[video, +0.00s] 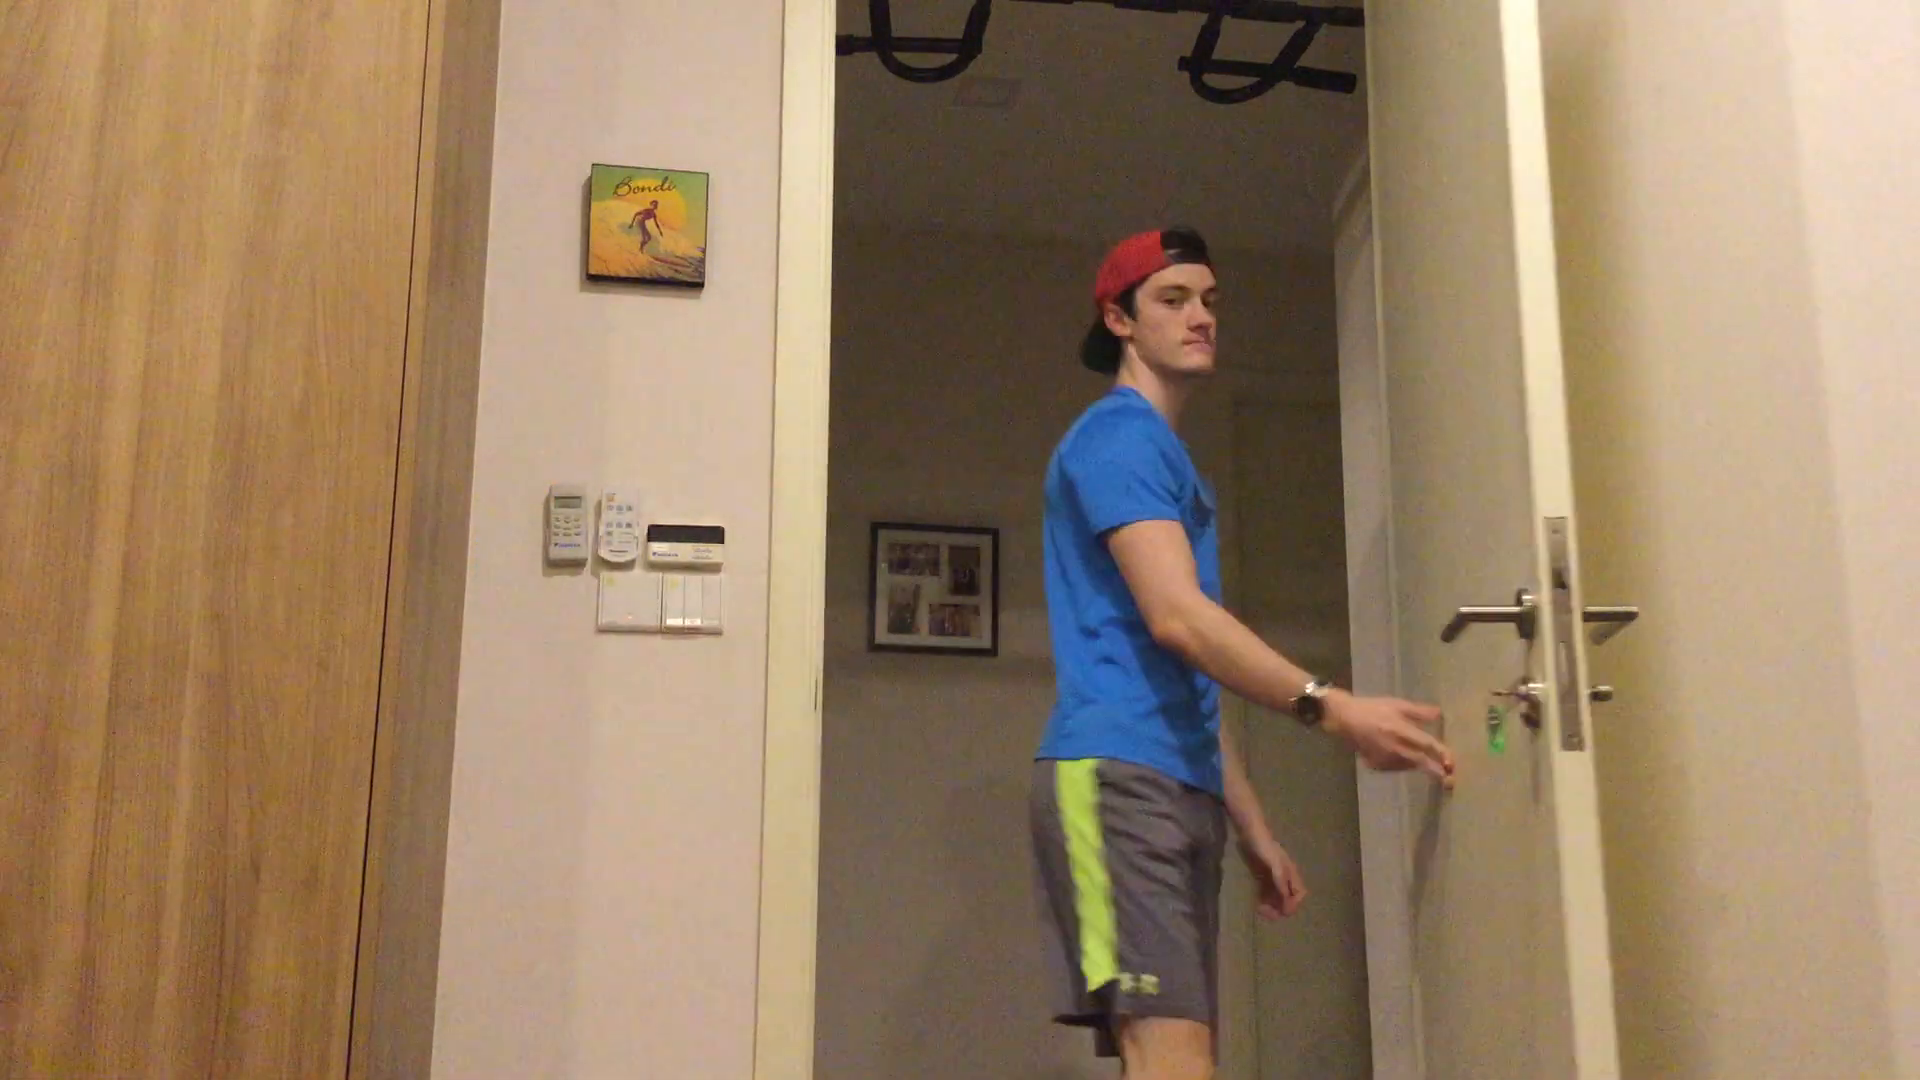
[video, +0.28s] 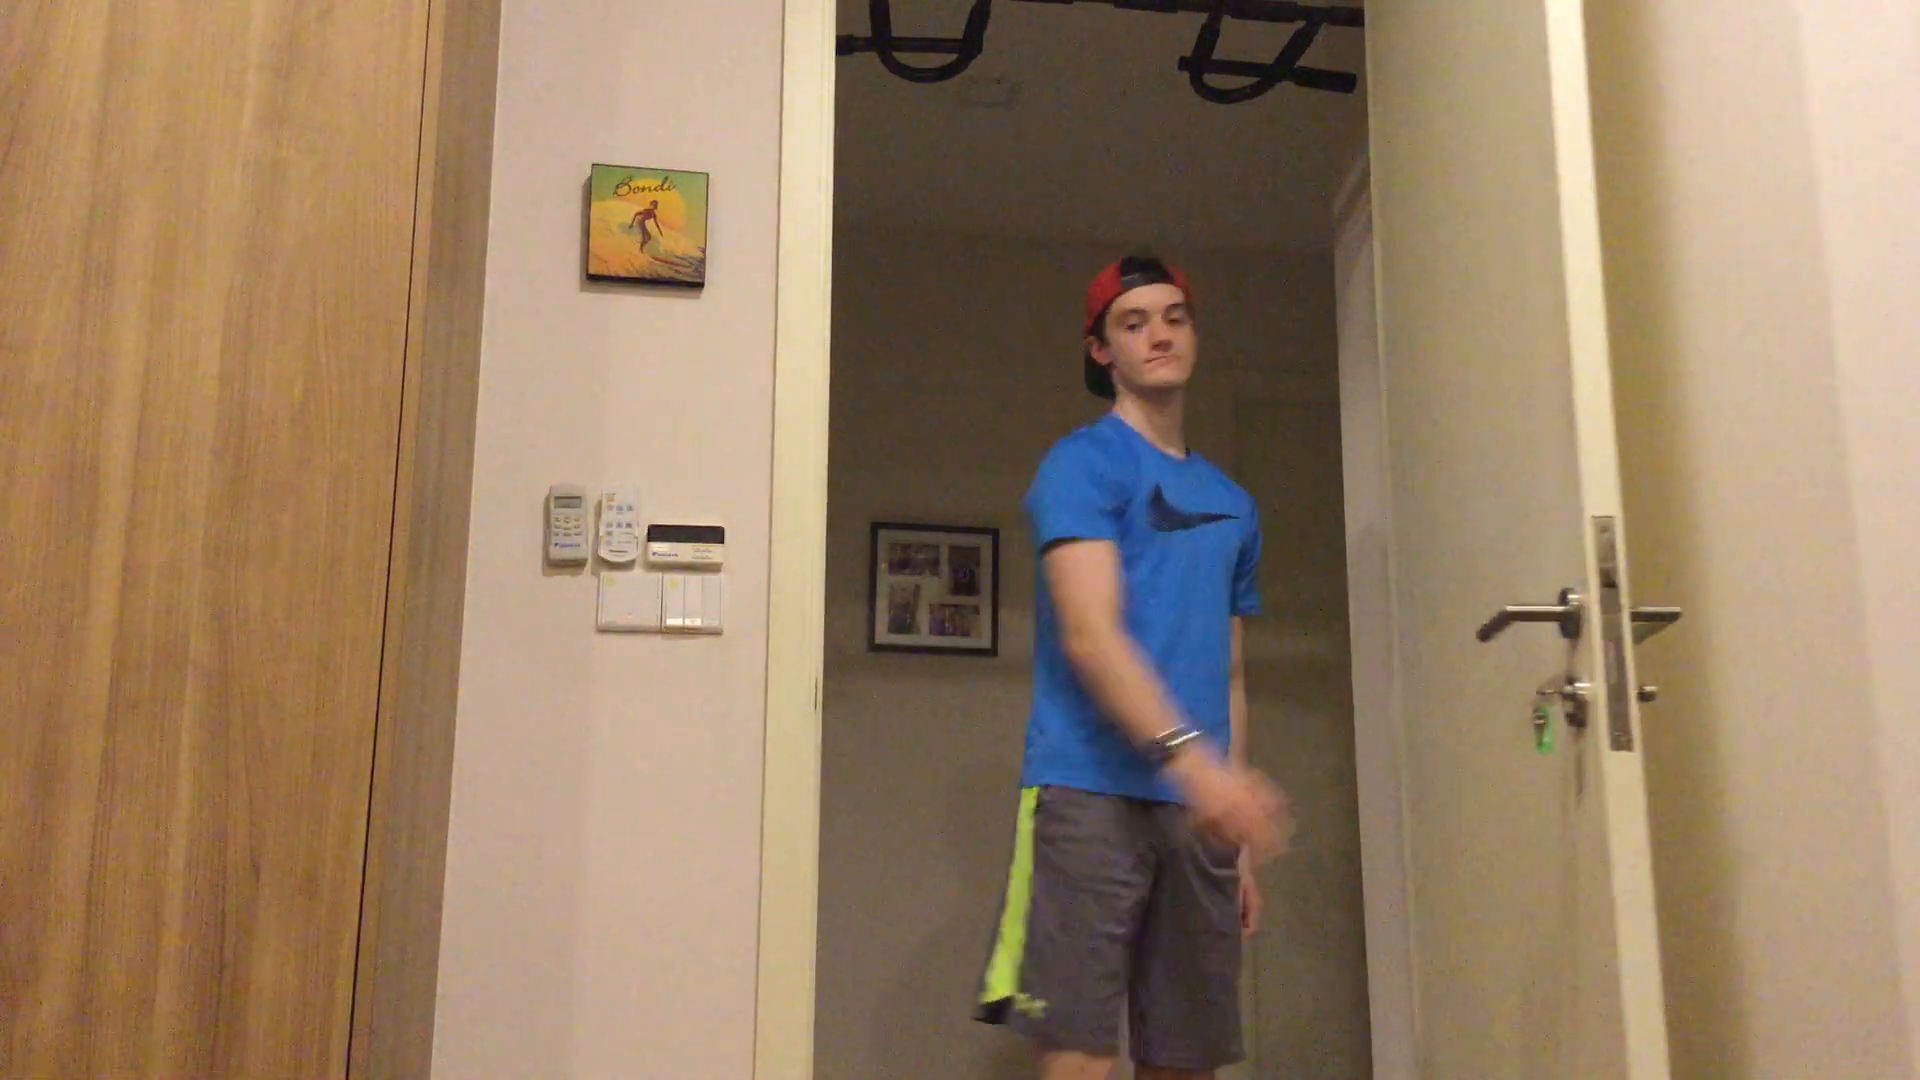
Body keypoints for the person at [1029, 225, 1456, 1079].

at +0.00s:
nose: (1202, 314)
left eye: (1209, 299)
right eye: (1174, 299)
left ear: (1219, 315)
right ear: (1123, 324)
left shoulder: (1175, 467)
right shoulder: (1118, 434)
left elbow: (1191, 685)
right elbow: (1176, 615)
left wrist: (1250, 827)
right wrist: (1336, 710)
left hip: (1173, 789)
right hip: (1119, 778)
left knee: (1175, 1055)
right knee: (1171, 1055)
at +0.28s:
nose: (1160, 333)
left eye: (1174, 317)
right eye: (1134, 323)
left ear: (1196, 338)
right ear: (1102, 351)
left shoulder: (1233, 504)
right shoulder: (1082, 464)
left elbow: (1230, 681)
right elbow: (1089, 635)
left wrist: (1236, 836)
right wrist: (1191, 760)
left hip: (1197, 804)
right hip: (1090, 799)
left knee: (1184, 1056)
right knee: (1081, 1052)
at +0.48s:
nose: (1108, 351)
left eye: (1126, 333)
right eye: (1085, 340)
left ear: (1153, 352)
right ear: (1063, 368)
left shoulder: (1209, 513)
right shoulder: (1031, 492)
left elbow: (1224, 685)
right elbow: (1010, 669)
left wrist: (1248, 840)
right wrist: (1034, 815)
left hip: (1181, 823)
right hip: (1064, 818)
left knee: (1182, 1061)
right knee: (1045, 1058)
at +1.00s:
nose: (1052, 389)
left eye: (1070, 365)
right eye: (1032, 370)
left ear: (1107, 361)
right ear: (1014, 374)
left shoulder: (1176, 496)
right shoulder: (980, 504)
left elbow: (1191, 668)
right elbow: (953, 659)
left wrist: (1181, 826)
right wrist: (903, 717)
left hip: (1116, 811)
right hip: (995, 805)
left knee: (1121, 1053)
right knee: (998, 1047)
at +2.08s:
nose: (1132, 314)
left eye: (1151, 313)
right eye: (1113, 317)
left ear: (1189, 364)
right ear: (1096, 375)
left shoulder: (1244, 500)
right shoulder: (1045, 487)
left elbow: (1253, 671)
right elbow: (989, 642)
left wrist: (1334, 785)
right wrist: (916, 599)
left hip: (1160, 815)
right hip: (1036, 802)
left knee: (1151, 1062)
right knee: (1023, 1056)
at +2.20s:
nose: (1126, 318)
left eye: (1147, 315)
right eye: (1110, 321)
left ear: (1186, 365)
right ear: (1096, 382)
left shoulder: (1243, 499)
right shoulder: (1048, 479)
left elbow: (1257, 669)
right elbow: (943, 587)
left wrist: (1337, 784)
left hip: (1167, 814)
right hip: (1042, 802)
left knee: (1156, 1063)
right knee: (1035, 1057)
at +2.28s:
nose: (1127, 321)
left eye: (1149, 319)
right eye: (1112, 324)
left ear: (1188, 368)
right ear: (1097, 382)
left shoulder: (1243, 503)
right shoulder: (1050, 467)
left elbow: (1256, 672)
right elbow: (913, 501)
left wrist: (1341, 792)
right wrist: (917, 358)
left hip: (1169, 812)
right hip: (1046, 797)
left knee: (1156, 1063)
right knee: (1046, 1055)